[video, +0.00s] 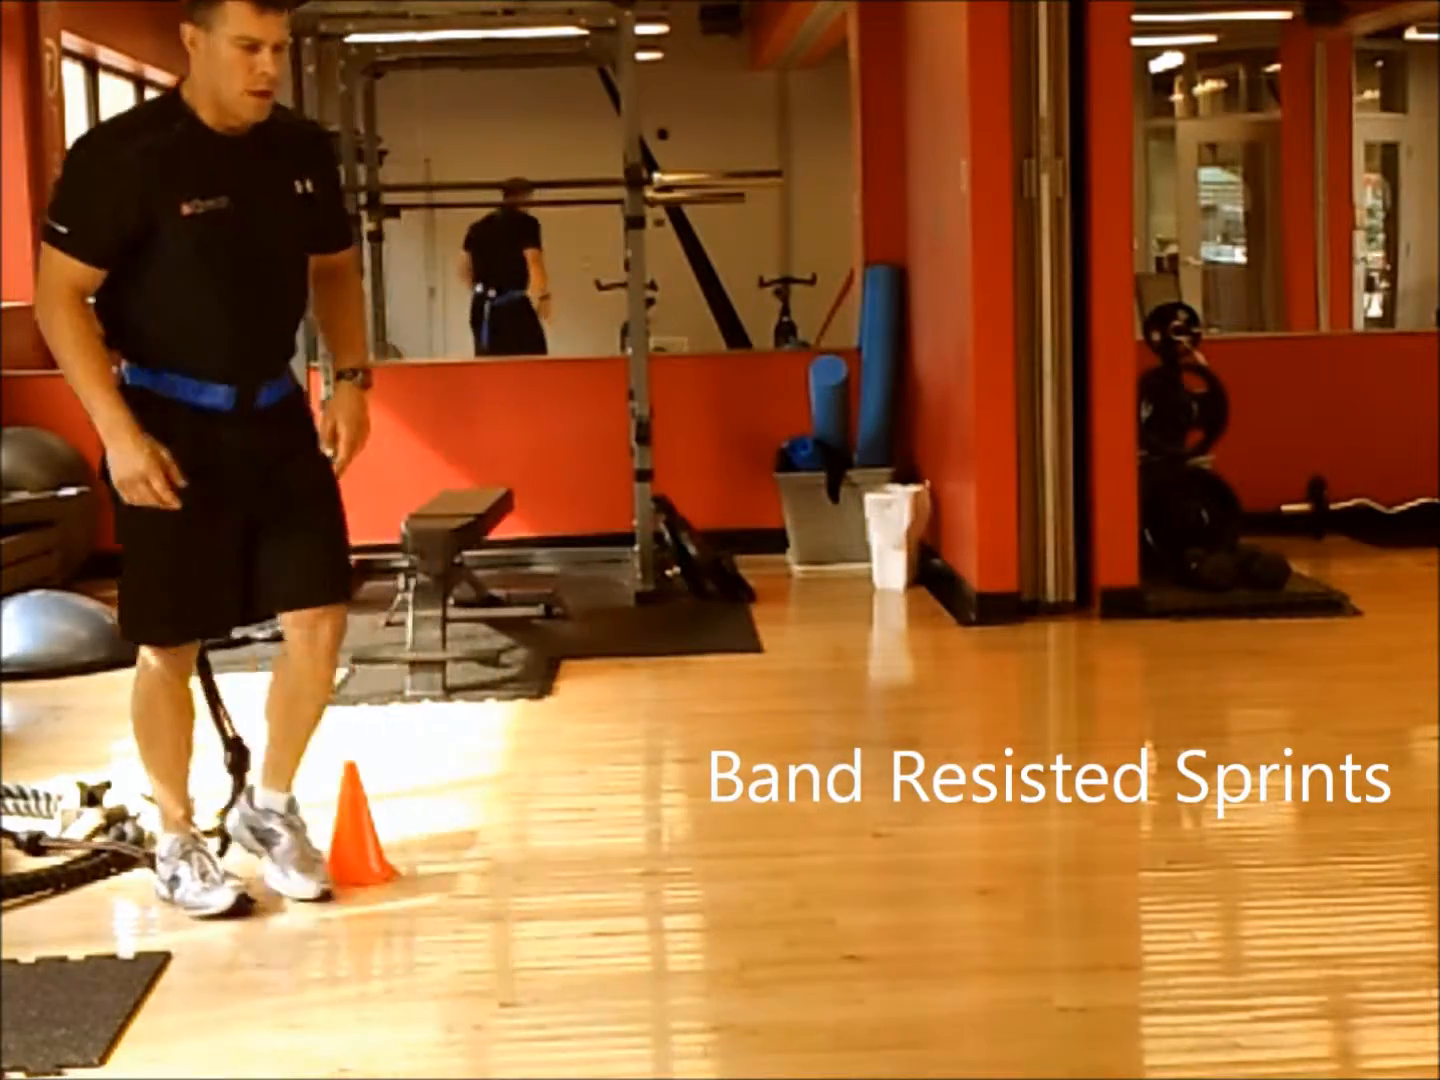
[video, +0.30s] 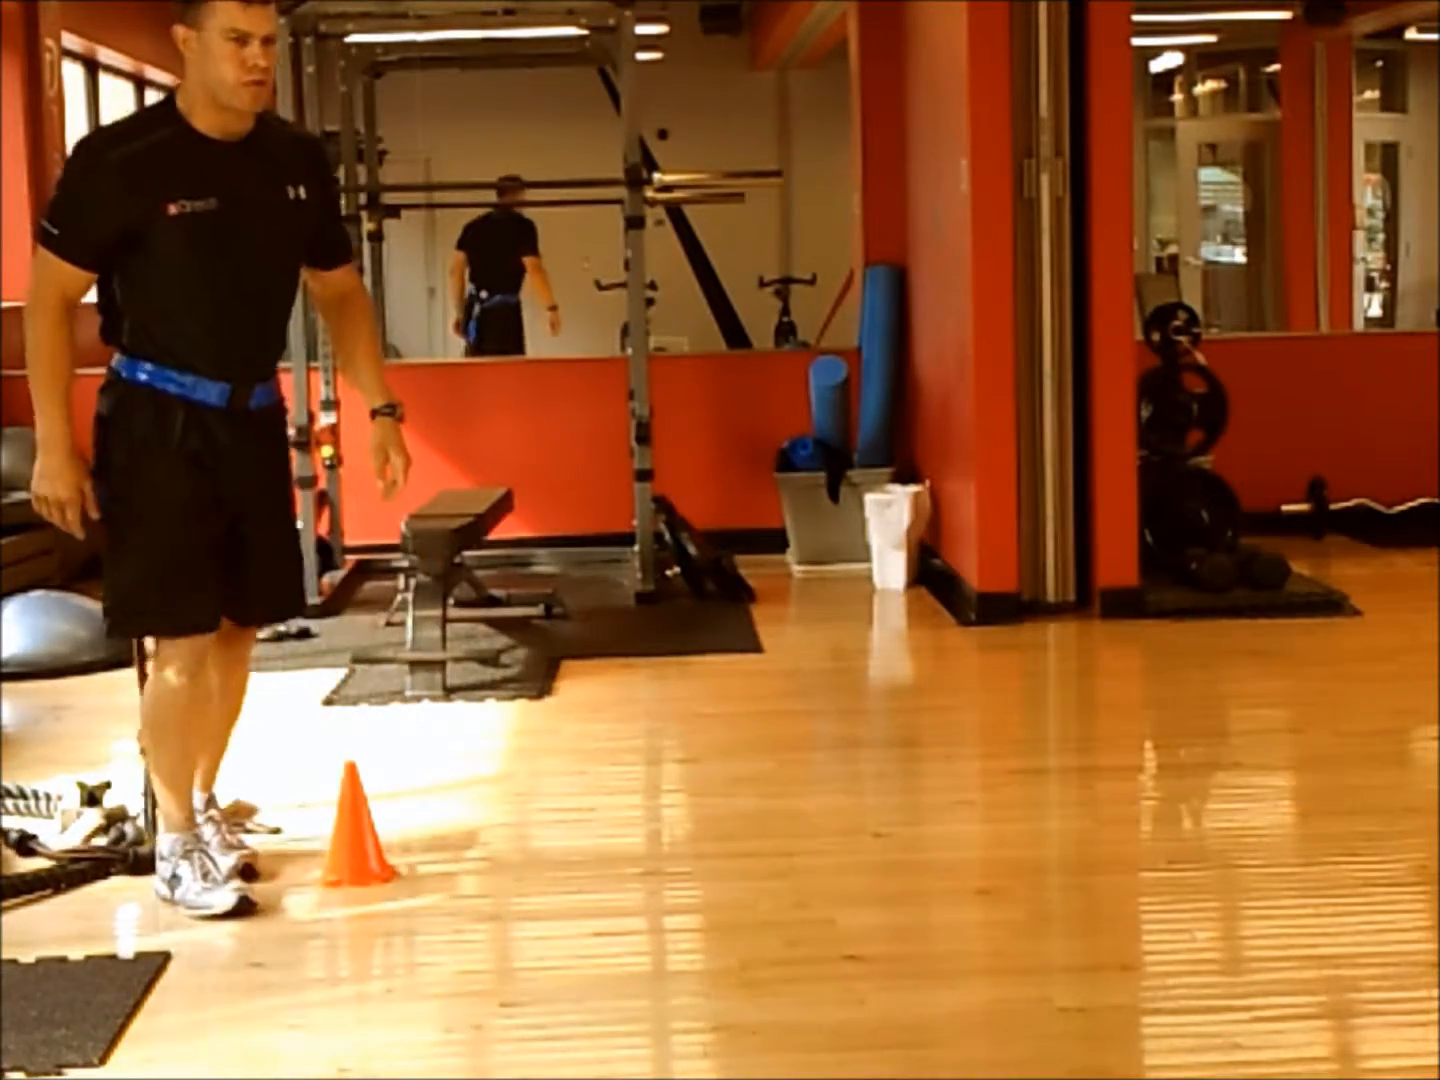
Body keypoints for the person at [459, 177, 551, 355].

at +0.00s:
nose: (529, 201)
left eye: (528, 196)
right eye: (527, 196)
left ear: (505, 197)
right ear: (522, 198)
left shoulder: (478, 226)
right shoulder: (526, 223)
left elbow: (464, 269)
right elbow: (534, 260)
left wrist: (479, 288)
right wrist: (542, 295)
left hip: (482, 305)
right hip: (515, 305)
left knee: (489, 365)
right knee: (532, 362)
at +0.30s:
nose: (523, 198)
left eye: (522, 194)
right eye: (521, 194)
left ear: (498, 195)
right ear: (516, 195)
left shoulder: (474, 226)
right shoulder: (523, 226)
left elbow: (457, 269)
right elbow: (534, 268)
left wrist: (458, 312)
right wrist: (551, 306)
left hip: (476, 309)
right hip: (506, 310)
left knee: (477, 370)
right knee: (510, 370)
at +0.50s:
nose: (531, 209)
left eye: (531, 203)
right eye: (530, 203)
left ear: (506, 201)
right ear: (525, 204)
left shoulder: (478, 231)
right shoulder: (527, 234)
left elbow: (457, 273)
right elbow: (536, 275)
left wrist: (462, 313)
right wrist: (553, 316)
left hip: (478, 310)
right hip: (505, 313)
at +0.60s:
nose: (537, 210)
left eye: (537, 205)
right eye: (536, 205)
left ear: (513, 204)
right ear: (531, 206)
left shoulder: (484, 229)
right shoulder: (533, 234)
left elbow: (459, 270)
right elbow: (539, 276)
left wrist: (462, 311)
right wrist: (552, 317)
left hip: (478, 309)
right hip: (507, 313)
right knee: (506, 372)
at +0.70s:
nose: (546, 216)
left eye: (546, 211)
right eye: (545, 211)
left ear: (522, 210)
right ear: (540, 212)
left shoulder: (492, 232)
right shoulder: (542, 240)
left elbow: (462, 266)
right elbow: (549, 281)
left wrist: (459, 311)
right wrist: (556, 319)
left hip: (479, 310)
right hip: (509, 314)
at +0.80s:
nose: (558, 227)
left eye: (558, 223)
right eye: (559, 222)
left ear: (534, 218)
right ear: (555, 222)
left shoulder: (506, 238)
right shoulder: (553, 250)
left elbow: (465, 260)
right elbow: (561, 287)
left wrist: (455, 302)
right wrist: (570, 310)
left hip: (485, 311)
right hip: (514, 318)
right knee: (506, 373)